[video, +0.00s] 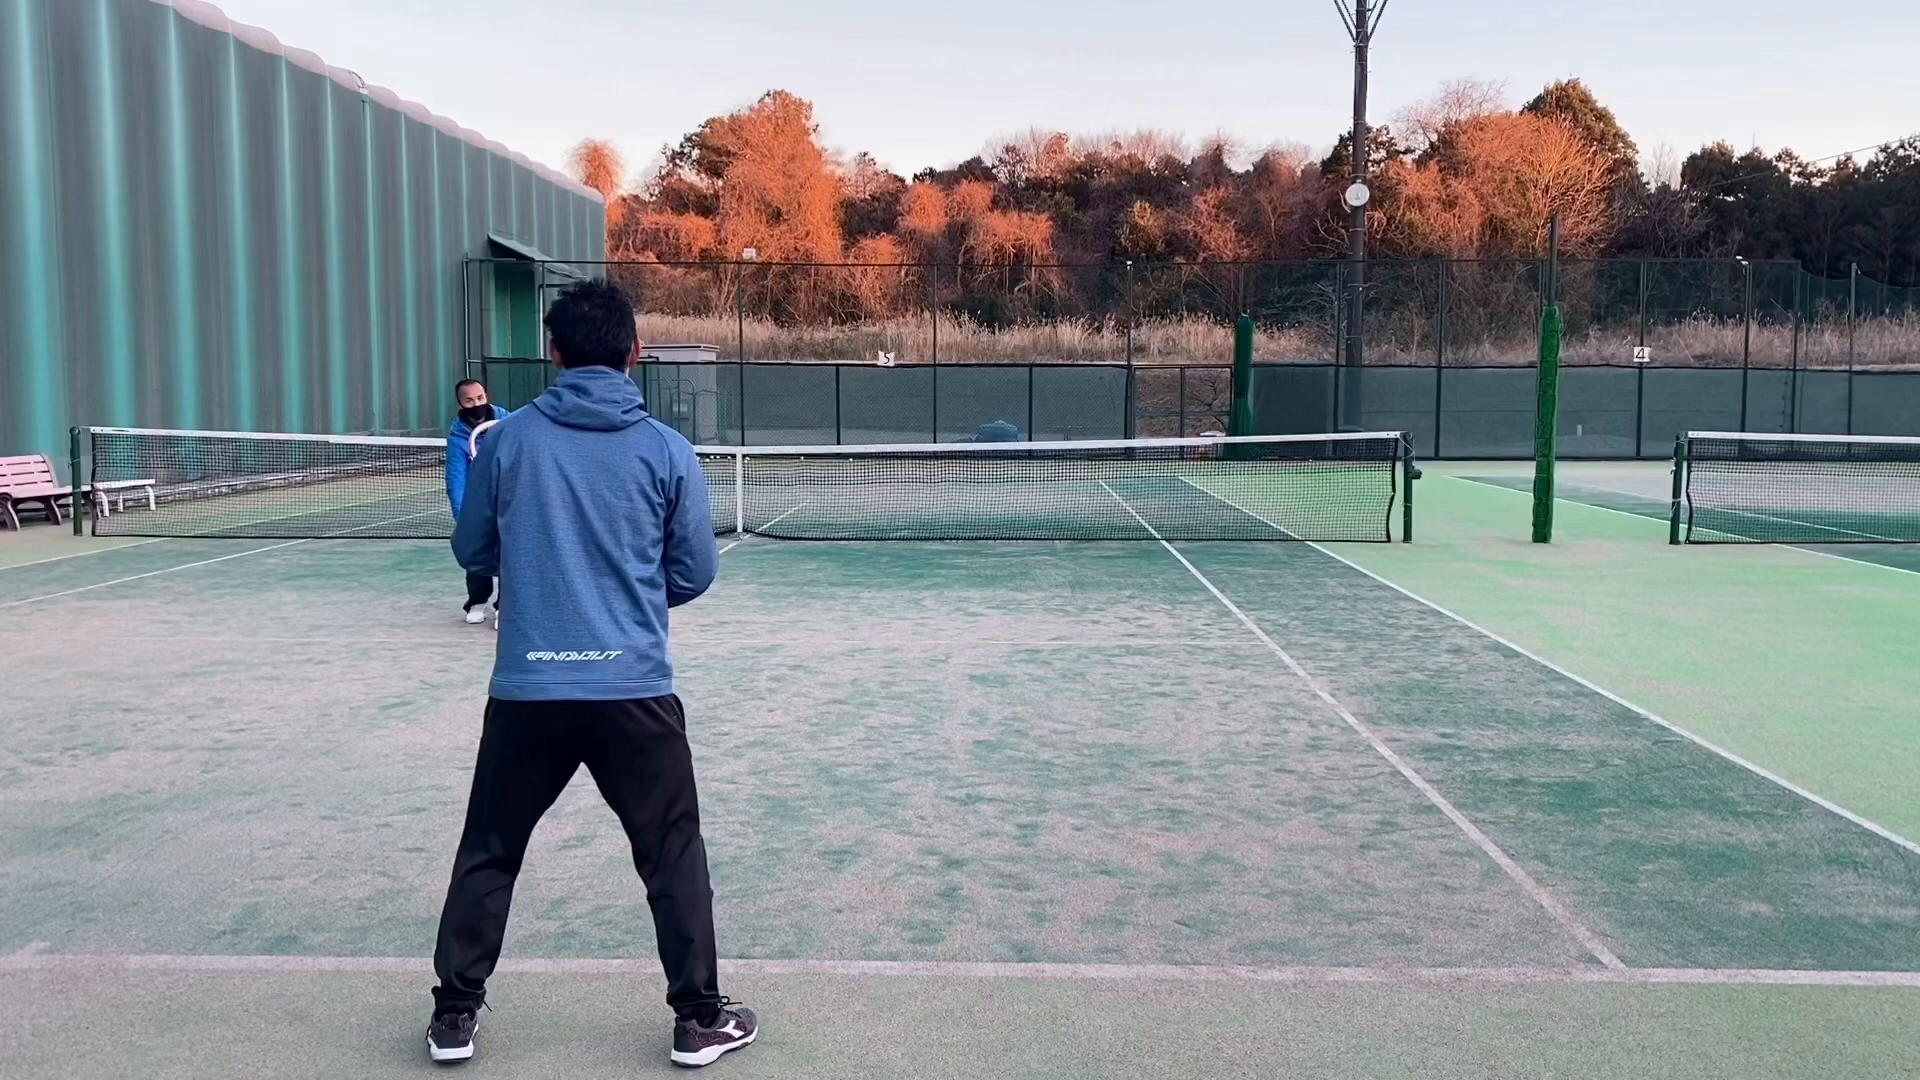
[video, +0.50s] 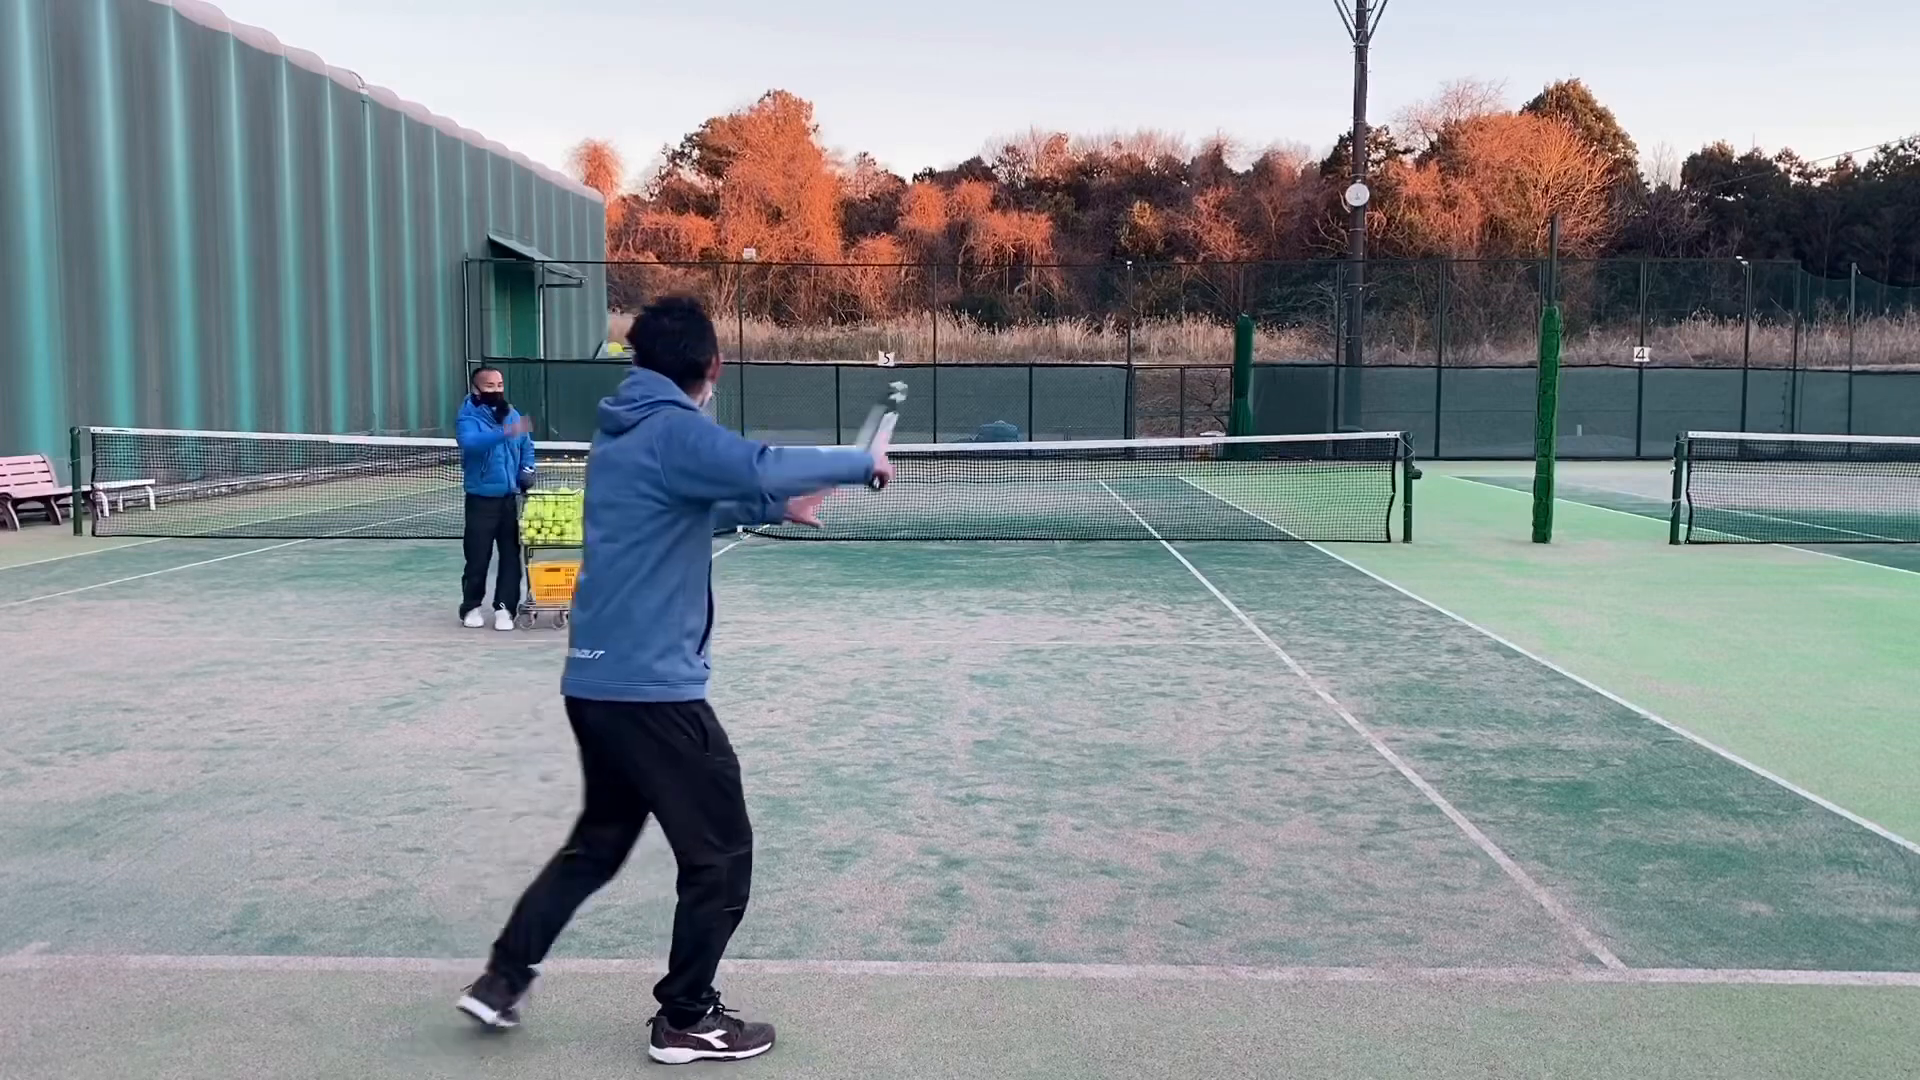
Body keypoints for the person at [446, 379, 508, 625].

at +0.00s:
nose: (475, 404)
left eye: (479, 398)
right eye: (468, 401)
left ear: (486, 396)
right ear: (460, 404)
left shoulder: (505, 419)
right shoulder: (458, 433)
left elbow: (520, 454)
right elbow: (456, 474)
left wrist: (521, 491)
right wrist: (461, 511)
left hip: (508, 492)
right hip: (476, 499)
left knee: (507, 550)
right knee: (476, 550)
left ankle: (503, 604)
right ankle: (477, 603)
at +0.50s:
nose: (497, 390)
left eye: (500, 385)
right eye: (490, 385)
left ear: (504, 386)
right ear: (476, 388)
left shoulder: (512, 415)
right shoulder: (468, 415)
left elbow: (528, 448)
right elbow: (468, 441)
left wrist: (527, 470)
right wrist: (505, 432)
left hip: (511, 496)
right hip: (481, 496)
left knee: (511, 557)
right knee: (478, 557)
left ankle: (504, 608)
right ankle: (471, 608)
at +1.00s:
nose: (515, 394)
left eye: (517, 389)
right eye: (509, 389)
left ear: (520, 390)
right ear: (495, 390)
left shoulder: (517, 416)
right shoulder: (482, 421)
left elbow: (521, 451)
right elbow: (488, 465)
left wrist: (533, 476)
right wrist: (526, 486)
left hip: (518, 497)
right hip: (491, 499)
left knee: (529, 553)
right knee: (484, 557)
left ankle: (526, 604)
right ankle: (470, 608)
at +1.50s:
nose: (545, 393)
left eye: (548, 389)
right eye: (539, 389)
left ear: (549, 390)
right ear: (525, 390)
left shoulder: (543, 416)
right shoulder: (514, 421)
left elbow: (548, 455)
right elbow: (534, 459)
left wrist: (564, 481)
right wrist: (568, 486)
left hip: (537, 497)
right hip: (510, 498)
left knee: (542, 554)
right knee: (499, 555)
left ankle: (541, 606)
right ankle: (471, 605)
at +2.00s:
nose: (553, 393)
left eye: (556, 389)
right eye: (547, 389)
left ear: (558, 389)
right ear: (533, 391)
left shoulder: (554, 416)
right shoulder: (524, 422)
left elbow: (559, 449)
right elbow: (542, 463)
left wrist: (564, 466)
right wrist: (572, 494)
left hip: (547, 494)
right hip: (521, 495)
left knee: (548, 553)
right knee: (510, 554)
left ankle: (542, 605)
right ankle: (485, 603)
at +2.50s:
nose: (527, 390)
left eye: (532, 385)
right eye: (522, 386)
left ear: (538, 386)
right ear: (512, 387)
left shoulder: (550, 415)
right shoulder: (501, 419)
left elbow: (565, 451)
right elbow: (502, 464)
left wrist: (563, 470)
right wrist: (527, 471)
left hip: (545, 496)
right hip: (514, 497)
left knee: (547, 553)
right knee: (513, 553)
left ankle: (543, 605)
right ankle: (512, 603)